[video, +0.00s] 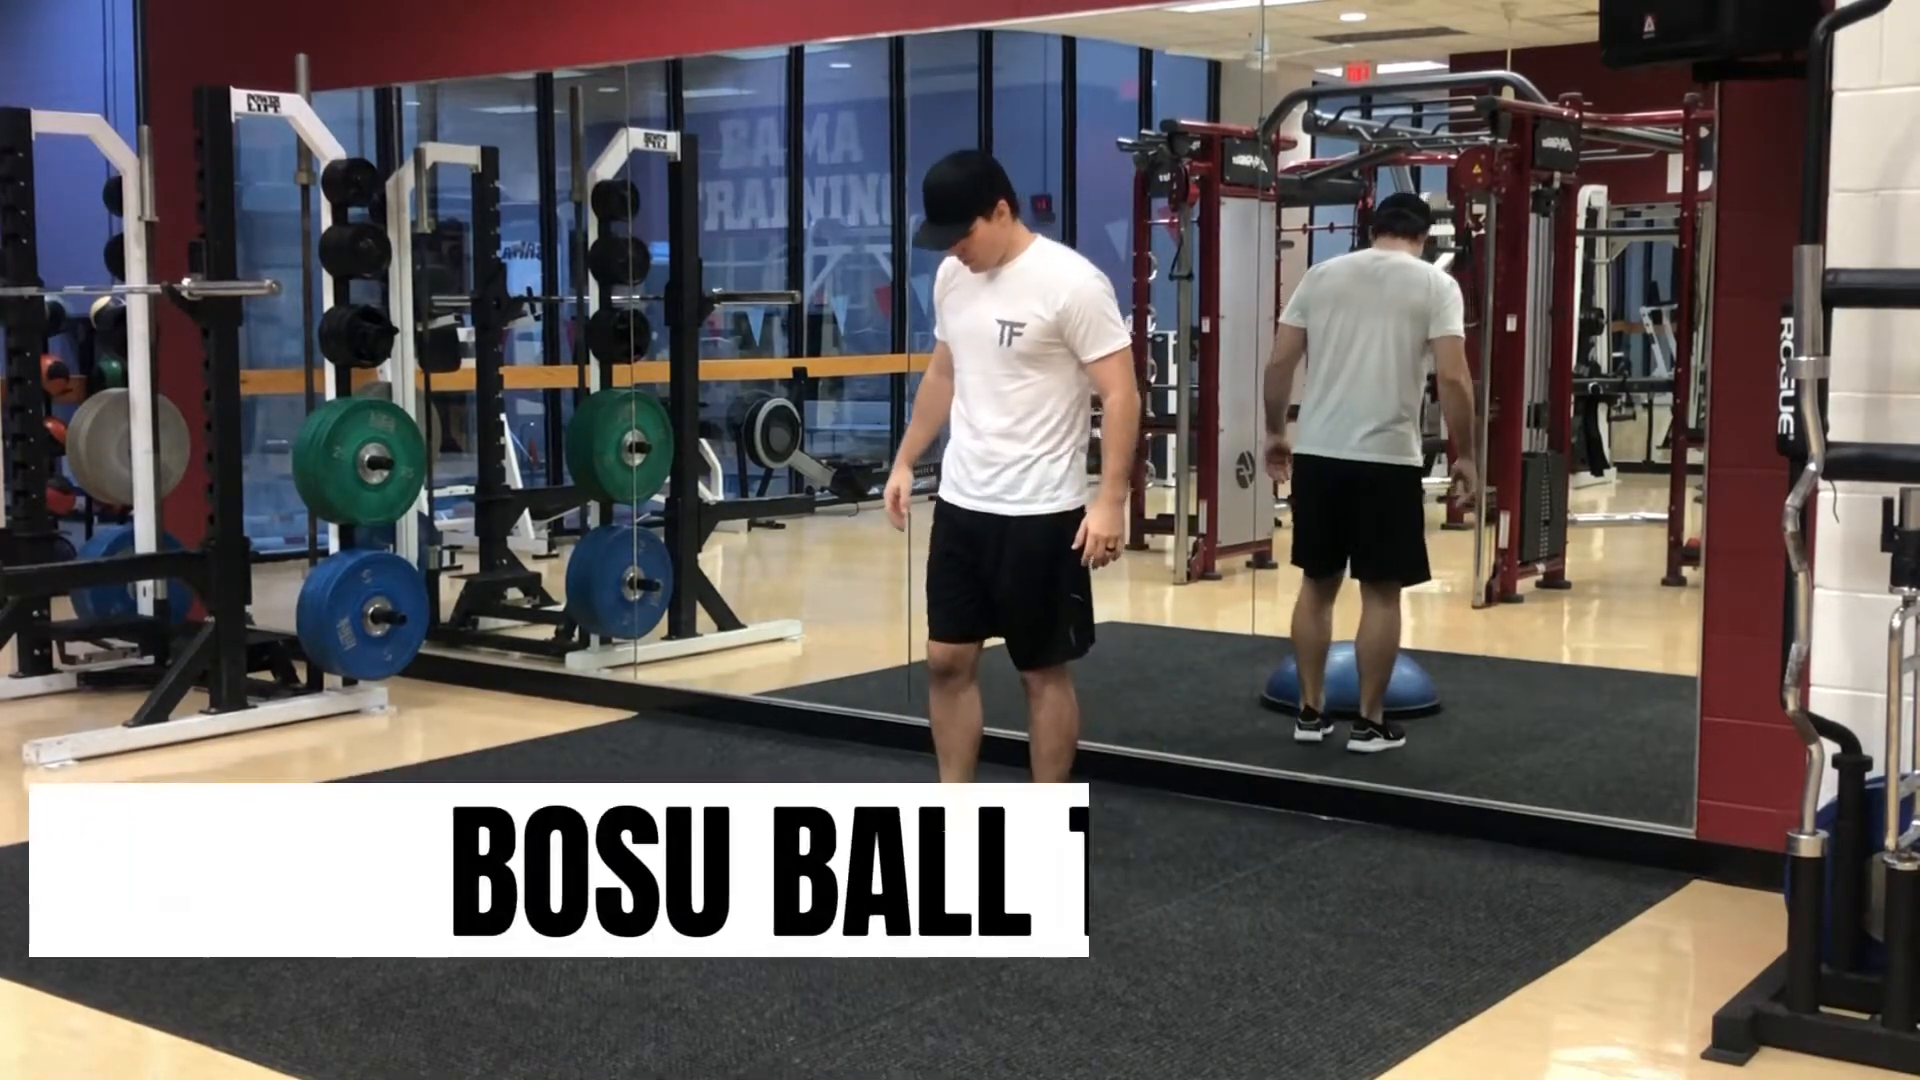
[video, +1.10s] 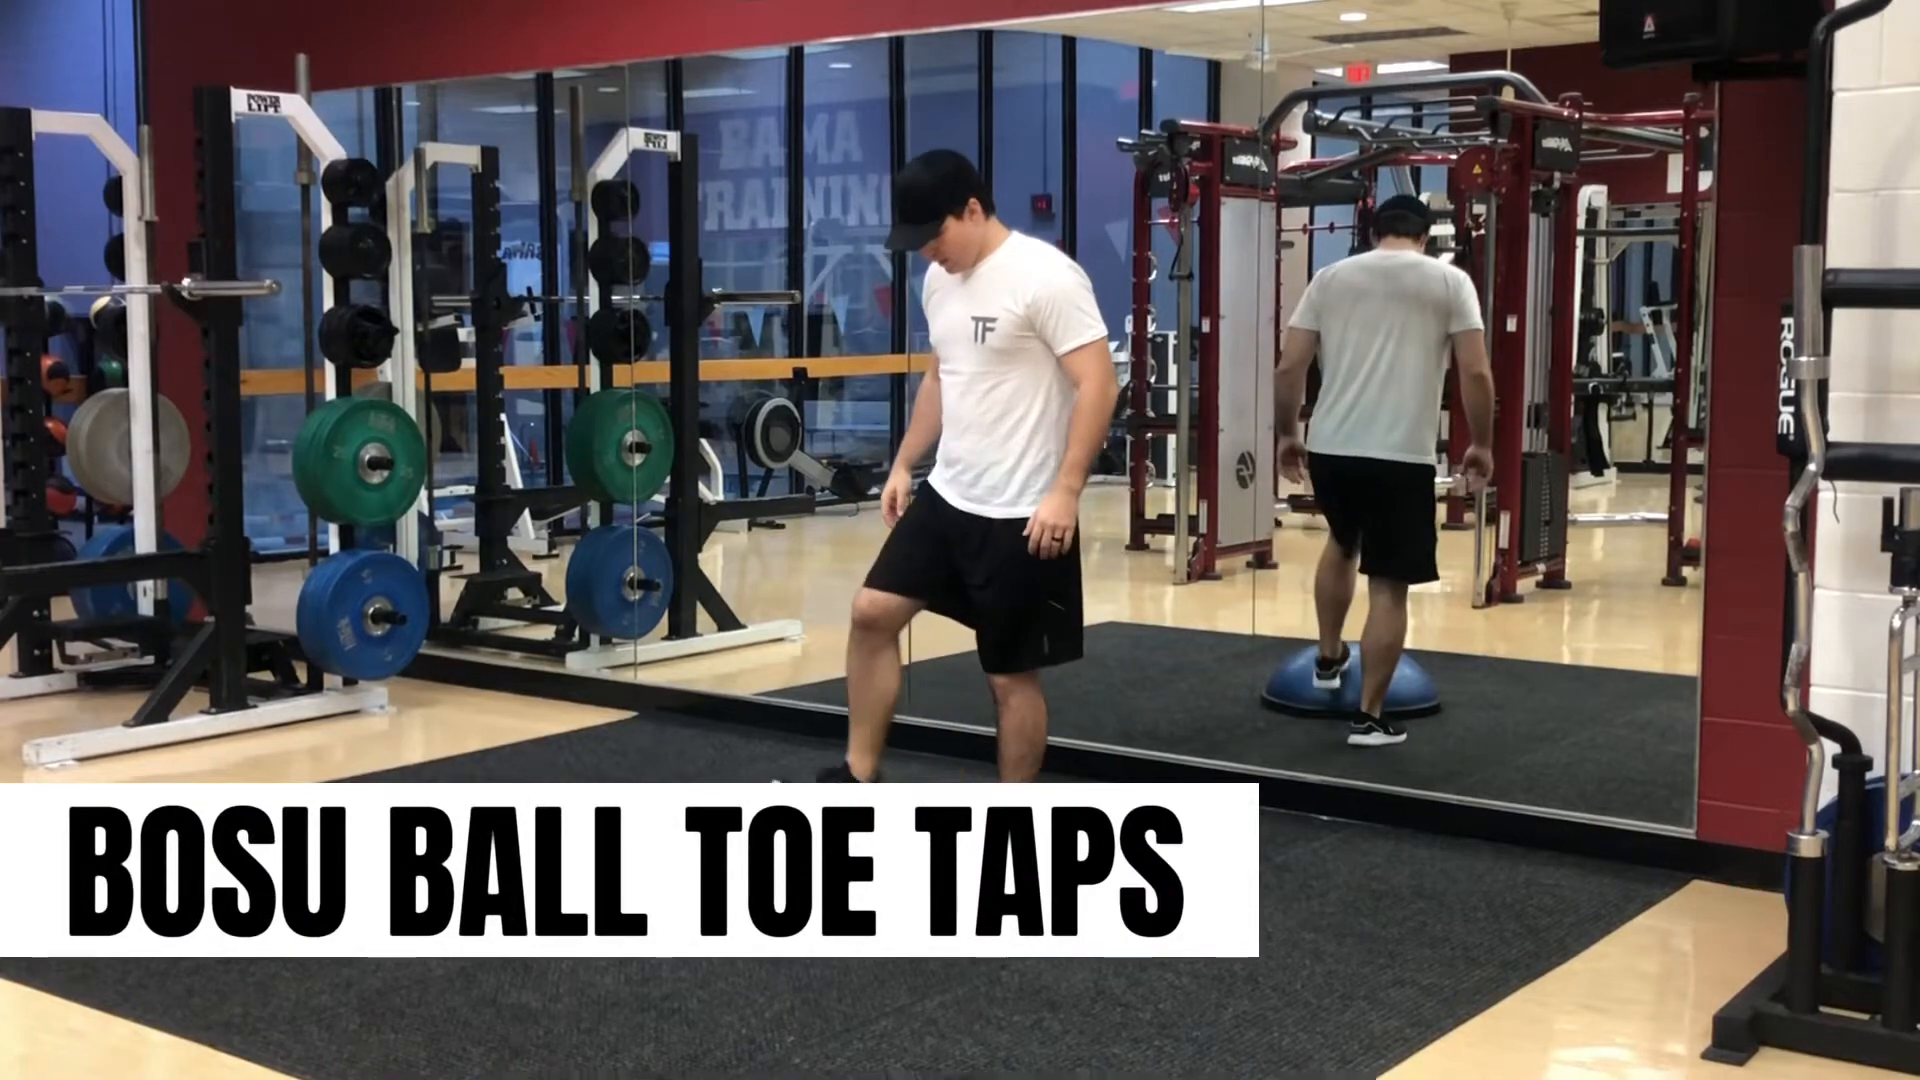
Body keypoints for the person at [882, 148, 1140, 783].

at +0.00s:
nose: (955, 249)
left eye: (962, 235)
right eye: (948, 239)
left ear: (1001, 210)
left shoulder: (1074, 283)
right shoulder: (952, 275)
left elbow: (1122, 395)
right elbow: (943, 373)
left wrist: (1111, 499)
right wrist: (904, 460)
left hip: (1042, 514)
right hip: (961, 508)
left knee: (1043, 673)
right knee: (947, 663)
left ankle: (1049, 816)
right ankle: (954, 807)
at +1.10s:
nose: (927, 253)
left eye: (933, 237)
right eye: (921, 242)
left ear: (972, 211)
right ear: (961, 215)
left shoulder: (1048, 277)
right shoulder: (939, 279)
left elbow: (1098, 384)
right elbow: (942, 377)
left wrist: (1065, 491)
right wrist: (903, 464)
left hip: (1020, 517)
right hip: (946, 500)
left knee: (1011, 676)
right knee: (872, 615)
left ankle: (1015, 812)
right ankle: (859, 776)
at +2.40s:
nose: (861, 270)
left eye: (866, 254)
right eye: (855, 259)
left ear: (908, 233)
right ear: (894, 238)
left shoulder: (984, 305)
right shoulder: (872, 302)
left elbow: (1044, 407)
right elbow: (880, 394)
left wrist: (986, 481)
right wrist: (840, 448)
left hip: (974, 528)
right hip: (896, 510)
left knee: (957, 685)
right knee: (806, 596)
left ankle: (1007, 806)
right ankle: (825, 758)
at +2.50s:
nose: (847, 241)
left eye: (852, 225)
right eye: (839, 230)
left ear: (892, 203)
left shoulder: (966, 267)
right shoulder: (854, 266)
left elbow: (1056, 339)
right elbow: (865, 347)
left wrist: (987, 398)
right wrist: (810, 385)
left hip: (945, 502)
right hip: (865, 485)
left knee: (947, 659)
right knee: (778, 592)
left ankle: (997, 798)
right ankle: (812, 737)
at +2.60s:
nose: (820, 225)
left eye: (826, 209)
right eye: (814, 213)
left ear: (866, 185)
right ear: (811, 207)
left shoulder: (947, 242)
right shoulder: (822, 250)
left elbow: (1037, 308)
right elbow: (829, 324)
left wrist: (976, 371)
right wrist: (801, 376)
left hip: (925, 470)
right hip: (844, 466)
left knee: (893, 616)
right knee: (784, 611)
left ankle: (940, 762)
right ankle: (786, 749)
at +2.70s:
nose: (796, 247)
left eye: (802, 232)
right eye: (789, 236)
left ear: (841, 208)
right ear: (788, 229)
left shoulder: (922, 264)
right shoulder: (791, 277)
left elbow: (1006, 332)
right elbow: (793, 361)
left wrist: (948, 396)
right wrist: (783, 428)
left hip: (907, 476)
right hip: (826, 483)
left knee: (843, 578)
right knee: (796, 643)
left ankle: (866, 726)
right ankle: (784, 777)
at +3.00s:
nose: (782, 241)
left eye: (787, 225)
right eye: (774, 230)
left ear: (824, 200)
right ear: (777, 220)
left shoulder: (906, 249)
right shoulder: (783, 274)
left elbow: (1006, 300)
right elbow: (778, 352)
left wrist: (949, 360)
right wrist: (752, 395)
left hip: (904, 468)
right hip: (822, 477)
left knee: (848, 595)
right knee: (788, 637)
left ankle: (899, 751)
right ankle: (785, 773)